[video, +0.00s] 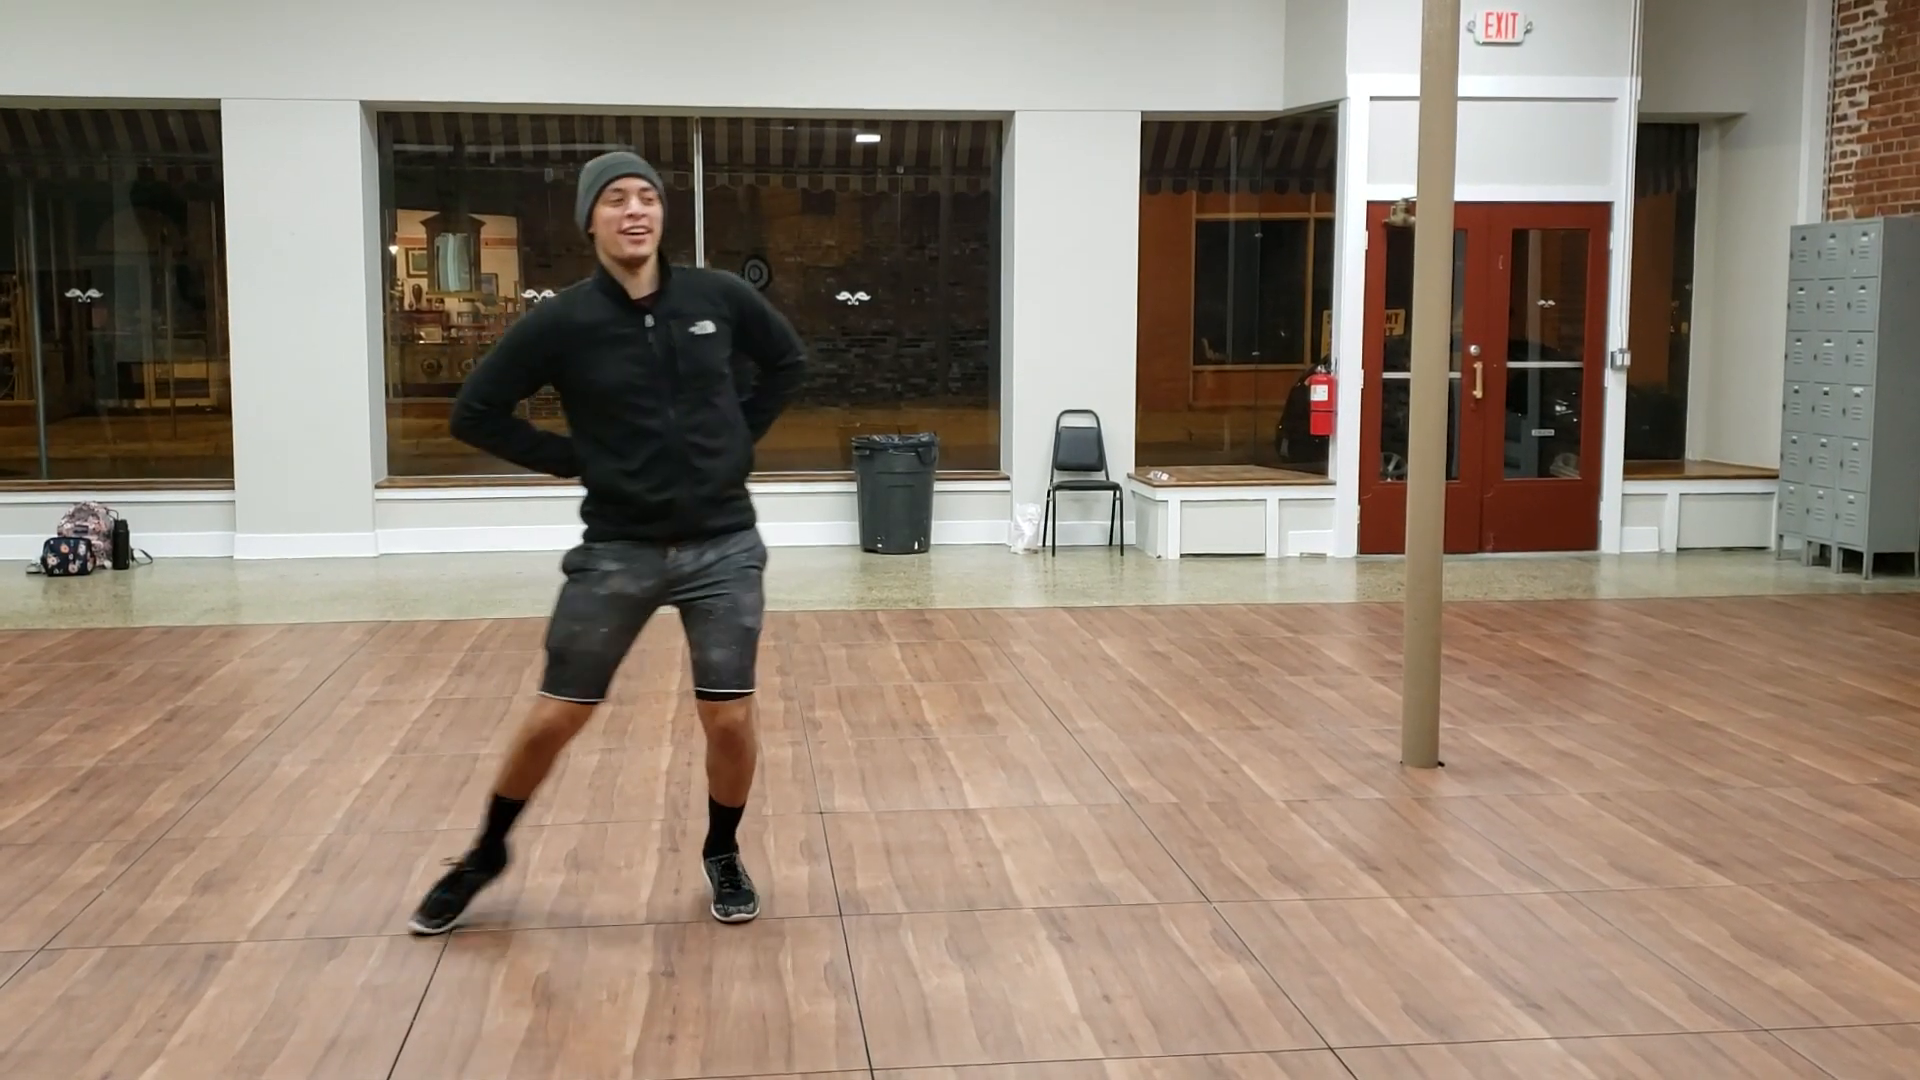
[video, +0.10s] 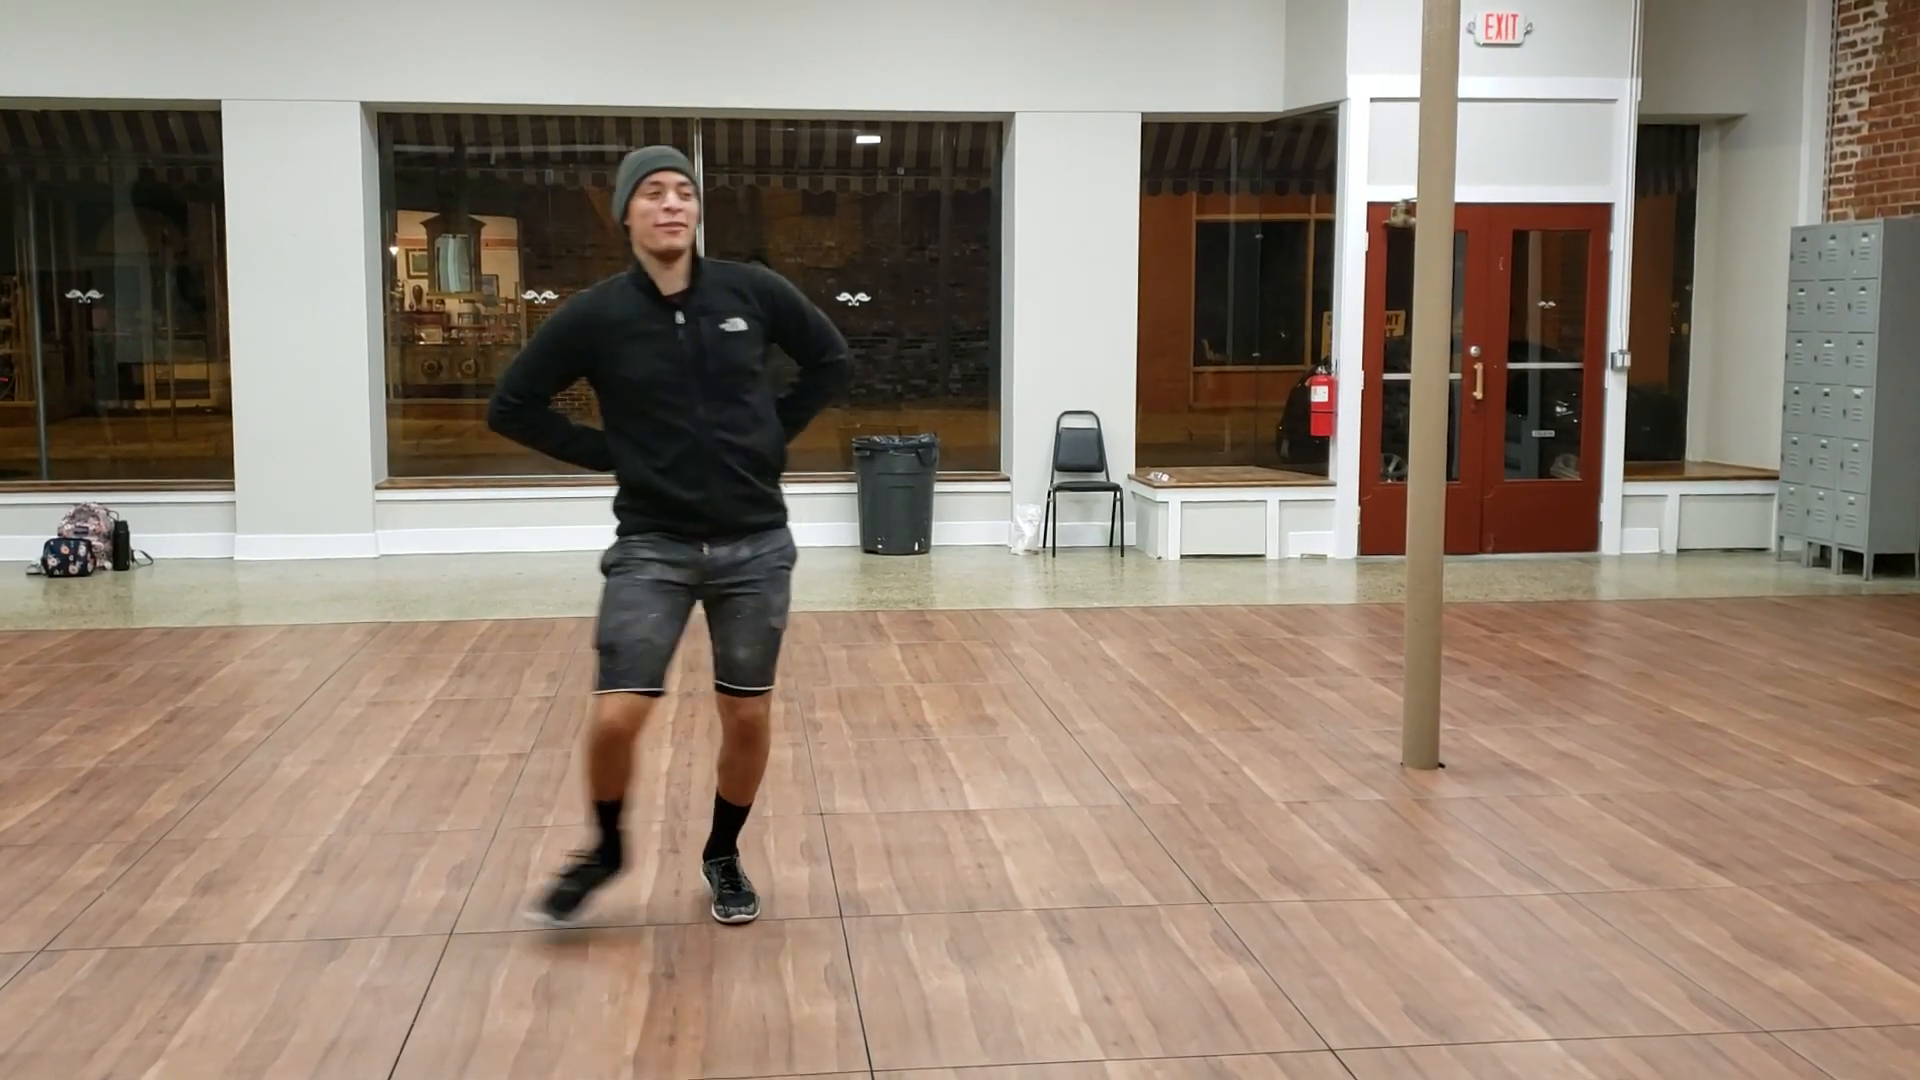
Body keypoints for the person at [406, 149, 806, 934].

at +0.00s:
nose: (634, 211)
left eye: (645, 199)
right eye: (617, 201)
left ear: (664, 217)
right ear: (591, 223)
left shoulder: (721, 296)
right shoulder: (560, 320)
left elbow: (787, 363)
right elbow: (472, 417)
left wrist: (737, 437)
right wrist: (579, 457)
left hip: (722, 543)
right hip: (617, 549)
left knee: (730, 715)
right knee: (557, 716)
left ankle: (723, 854)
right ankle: (486, 854)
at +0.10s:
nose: (671, 205)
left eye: (682, 194)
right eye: (653, 195)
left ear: (698, 214)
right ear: (625, 218)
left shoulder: (754, 291)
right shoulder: (593, 315)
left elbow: (832, 362)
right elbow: (509, 409)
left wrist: (770, 434)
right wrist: (608, 452)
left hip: (753, 539)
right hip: (651, 541)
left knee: (748, 713)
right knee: (615, 715)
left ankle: (722, 856)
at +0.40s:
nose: (762, 236)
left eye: (775, 223)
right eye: (745, 222)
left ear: (791, 241)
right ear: (714, 241)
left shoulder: (840, 324)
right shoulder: (677, 343)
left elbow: (924, 410)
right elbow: (615, 430)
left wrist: (854, 468)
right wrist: (707, 478)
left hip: (850, 568)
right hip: (752, 571)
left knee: (831, 753)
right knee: (800, 744)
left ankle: (744, 838)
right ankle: (872, 914)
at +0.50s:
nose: (790, 232)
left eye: (803, 219)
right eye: (773, 218)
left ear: (819, 236)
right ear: (742, 237)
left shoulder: (869, 316)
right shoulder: (706, 341)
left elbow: (960, 399)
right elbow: (648, 429)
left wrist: (890, 468)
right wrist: (735, 472)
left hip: (878, 568)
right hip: (777, 571)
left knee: (898, 745)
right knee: (814, 746)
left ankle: (813, 824)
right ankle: (874, 916)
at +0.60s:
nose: (822, 214)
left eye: (837, 203)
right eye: (806, 200)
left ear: (852, 222)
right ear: (774, 216)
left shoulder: (898, 304)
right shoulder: (733, 322)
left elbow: (985, 391)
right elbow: (679, 405)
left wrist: (917, 463)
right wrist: (760, 456)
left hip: (904, 554)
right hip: (799, 560)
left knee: (951, 726)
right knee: (823, 736)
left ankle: (921, 851)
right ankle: (873, 915)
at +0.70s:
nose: (855, 200)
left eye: (869, 190)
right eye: (840, 186)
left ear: (883, 210)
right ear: (807, 201)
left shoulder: (922, 295)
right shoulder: (763, 305)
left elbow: (1013, 388)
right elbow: (720, 386)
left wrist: (937, 453)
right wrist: (788, 441)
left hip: (925, 545)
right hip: (820, 552)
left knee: (990, 721)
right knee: (840, 732)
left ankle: (1032, 885)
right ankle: (876, 916)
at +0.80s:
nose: (882, 198)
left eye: (898, 189)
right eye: (867, 183)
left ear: (914, 210)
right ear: (838, 199)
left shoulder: (947, 297)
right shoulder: (799, 303)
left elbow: (1037, 398)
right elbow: (773, 383)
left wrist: (965, 456)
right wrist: (825, 434)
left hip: (947, 549)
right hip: (845, 553)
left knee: (1010, 719)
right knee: (850, 729)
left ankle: (1094, 895)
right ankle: (876, 916)